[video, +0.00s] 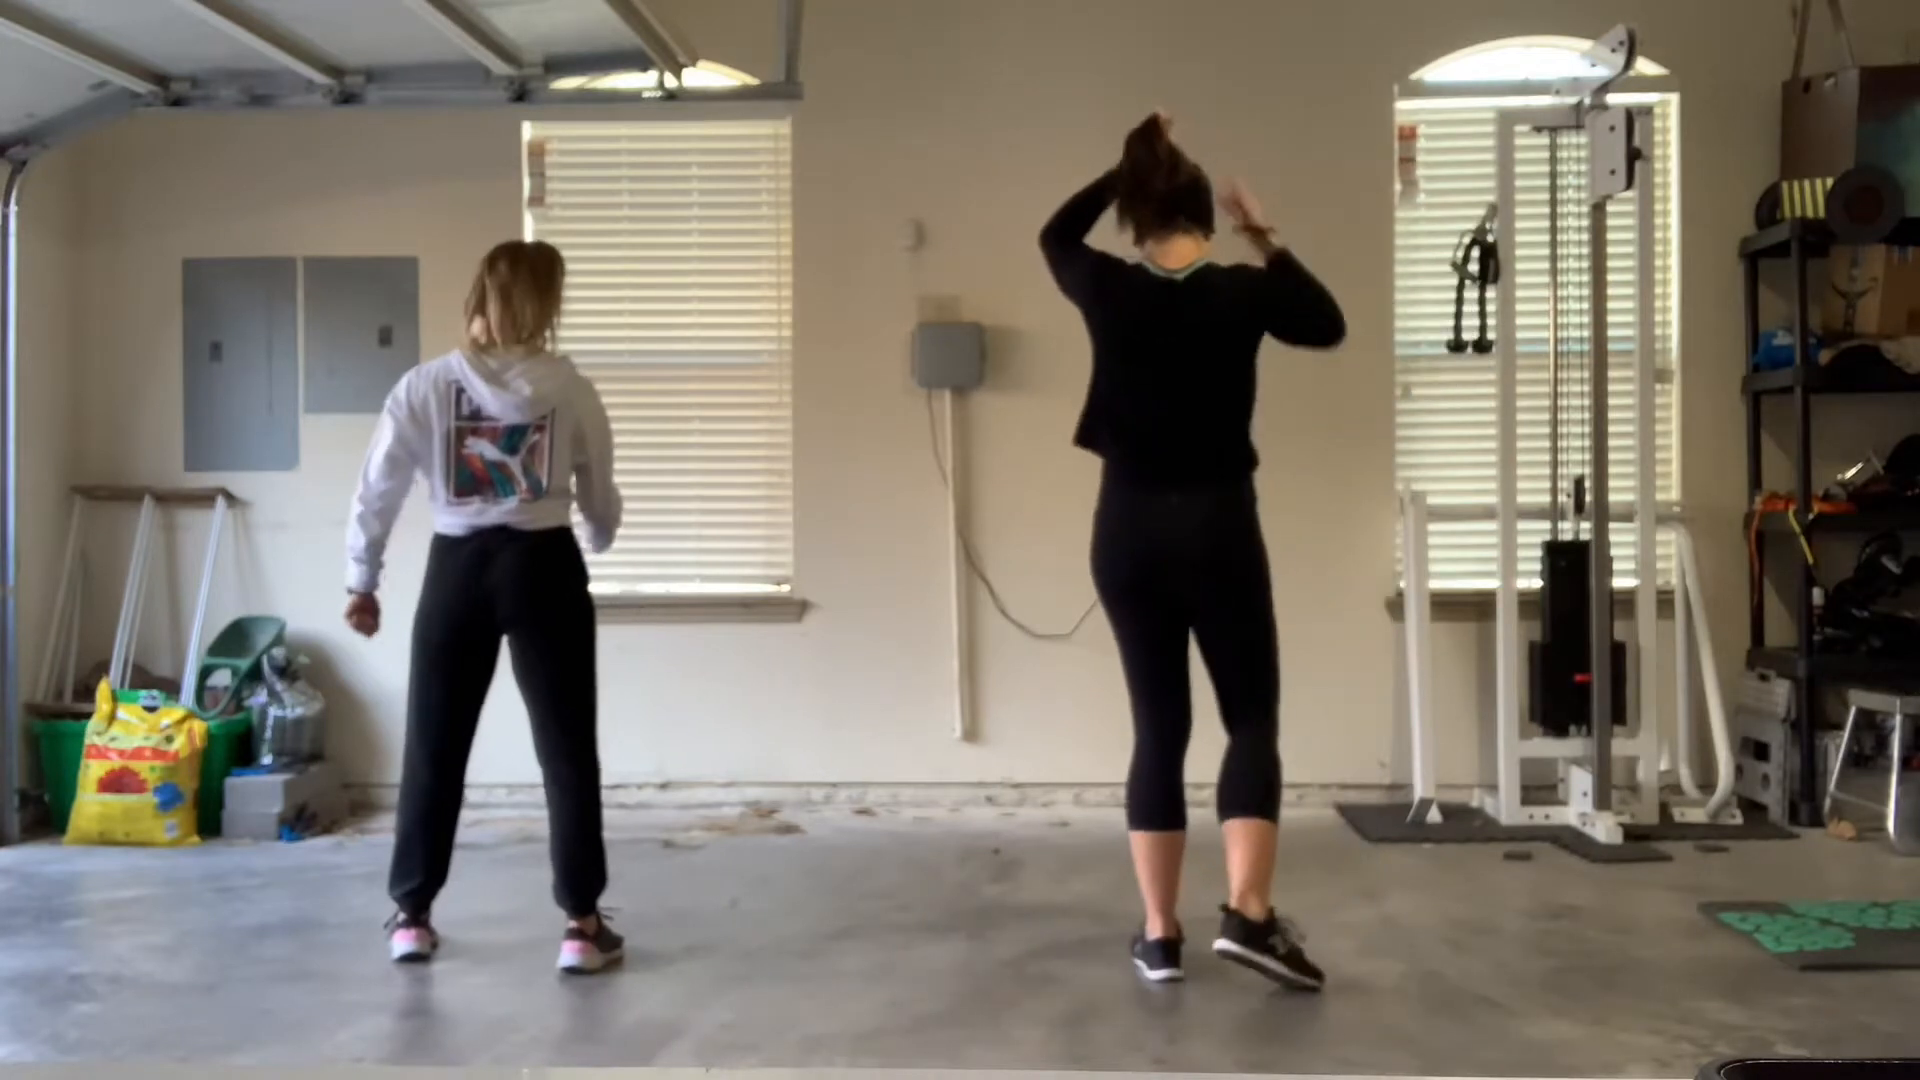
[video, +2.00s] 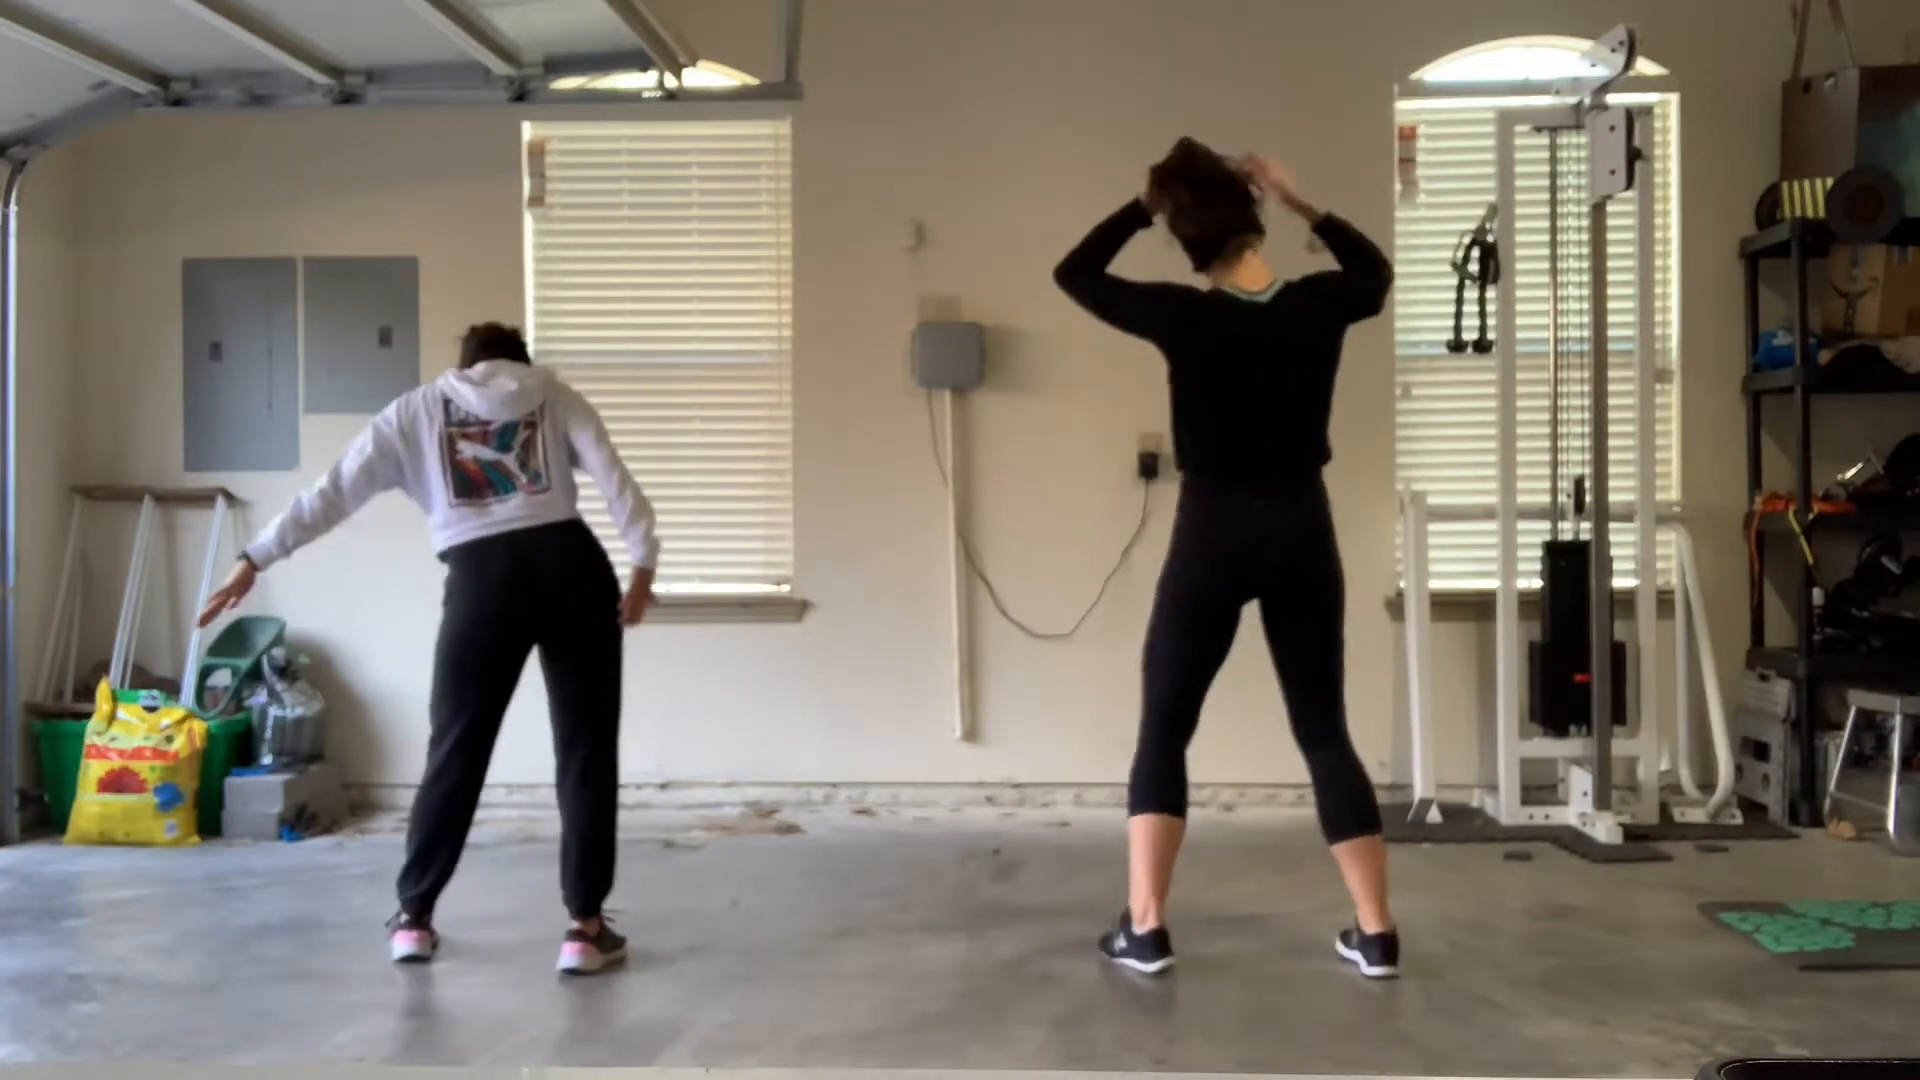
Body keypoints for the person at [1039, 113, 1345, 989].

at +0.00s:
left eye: (1148, 216)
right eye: (1191, 213)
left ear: (1132, 222)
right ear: (1209, 218)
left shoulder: (1112, 293)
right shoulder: (1244, 291)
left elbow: (1058, 237)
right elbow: (1325, 322)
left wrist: (1122, 172)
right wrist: (1268, 239)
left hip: (1127, 537)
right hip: (1222, 536)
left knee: (1157, 727)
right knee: (1250, 722)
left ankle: (1158, 934)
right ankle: (1247, 912)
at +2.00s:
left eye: (1178, 229)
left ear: (1181, 241)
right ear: (1257, 224)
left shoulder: (1184, 319)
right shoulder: (1318, 305)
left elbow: (1076, 273)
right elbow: (1374, 274)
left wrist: (1142, 207)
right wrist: (1305, 207)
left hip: (1210, 545)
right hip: (1303, 543)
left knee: (1165, 729)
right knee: (1325, 731)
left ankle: (1145, 928)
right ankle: (1377, 931)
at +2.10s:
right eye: (1249, 230)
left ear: (1184, 246)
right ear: (1259, 231)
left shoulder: (1176, 315)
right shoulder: (1307, 303)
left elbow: (1075, 267)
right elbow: (1364, 259)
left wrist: (1136, 202)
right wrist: (1295, 214)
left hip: (1200, 544)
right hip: (1293, 540)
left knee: (1167, 733)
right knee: (1322, 731)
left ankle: (1135, 930)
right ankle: (1376, 932)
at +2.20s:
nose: (1246, 250)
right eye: (1246, 238)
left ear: (1183, 251)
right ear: (1253, 240)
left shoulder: (1166, 313)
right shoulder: (1297, 304)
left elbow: (1072, 264)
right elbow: (1351, 248)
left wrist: (1133, 200)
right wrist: (1281, 202)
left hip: (1184, 545)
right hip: (1277, 541)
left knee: (1162, 736)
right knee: (1312, 733)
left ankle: (1137, 934)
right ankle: (1375, 931)